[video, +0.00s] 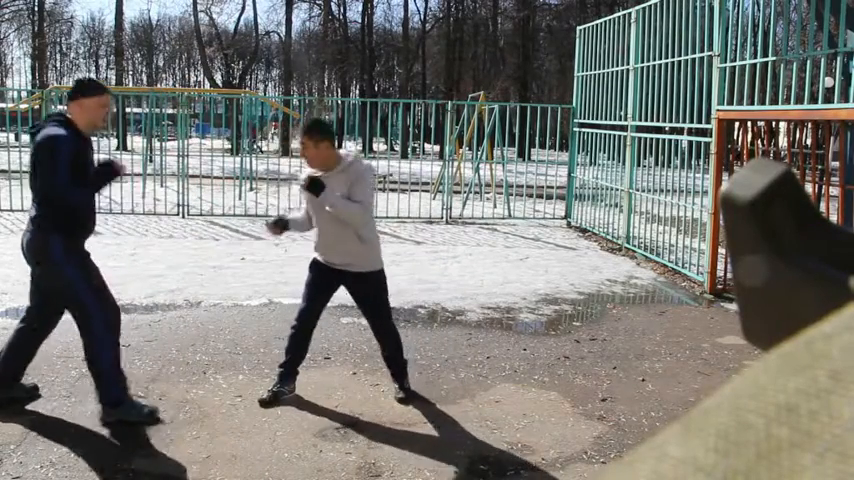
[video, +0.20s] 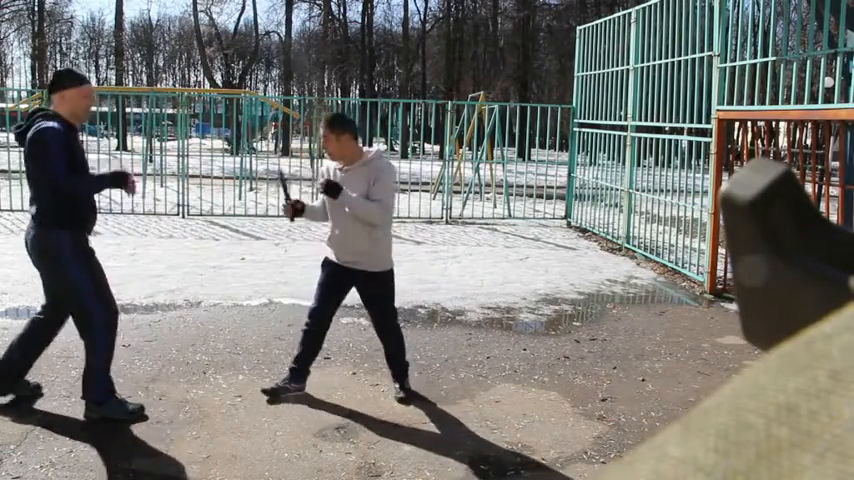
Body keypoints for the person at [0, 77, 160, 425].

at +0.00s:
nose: (105, 116)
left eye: (106, 109)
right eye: (100, 108)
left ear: (82, 108)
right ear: (77, 106)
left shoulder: (71, 137)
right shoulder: (57, 140)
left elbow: (73, 188)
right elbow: (66, 195)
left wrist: (105, 171)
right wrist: (107, 171)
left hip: (54, 246)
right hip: (58, 249)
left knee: (40, 319)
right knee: (102, 316)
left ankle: (6, 383)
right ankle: (116, 404)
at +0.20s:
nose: (92, 103)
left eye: (92, 96)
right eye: (86, 96)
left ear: (64, 99)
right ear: (62, 97)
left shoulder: (57, 131)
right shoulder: (50, 133)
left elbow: (63, 185)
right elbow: (64, 186)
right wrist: (114, 180)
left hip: (51, 239)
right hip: (60, 242)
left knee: (57, 310)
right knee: (102, 314)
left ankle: (7, 377)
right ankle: (100, 400)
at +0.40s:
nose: (88, 105)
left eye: (87, 98)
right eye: (82, 98)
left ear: (57, 103)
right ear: (57, 101)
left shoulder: (54, 134)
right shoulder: (45, 138)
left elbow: (58, 190)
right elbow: (61, 192)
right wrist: (104, 172)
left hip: (48, 242)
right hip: (59, 244)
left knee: (50, 313)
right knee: (111, 310)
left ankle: (9, 381)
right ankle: (108, 396)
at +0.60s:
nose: (91, 102)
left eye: (90, 95)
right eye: (85, 95)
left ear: (62, 99)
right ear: (61, 98)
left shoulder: (53, 130)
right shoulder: (56, 134)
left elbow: (65, 186)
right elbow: (70, 187)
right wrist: (113, 178)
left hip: (49, 239)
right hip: (68, 242)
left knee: (56, 308)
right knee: (109, 312)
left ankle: (8, 376)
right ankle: (118, 399)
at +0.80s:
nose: (111, 110)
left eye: (110, 103)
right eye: (107, 103)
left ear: (84, 101)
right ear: (88, 102)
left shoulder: (61, 126)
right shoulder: (75, 133)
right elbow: (103, 187)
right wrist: (155, 205)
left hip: (30, 233)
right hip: (50, 237)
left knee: (46, 305)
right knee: (94, 306)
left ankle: (7, 370)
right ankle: (103, 395)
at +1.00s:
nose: (103, 138)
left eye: (105, 131)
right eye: (98, 131)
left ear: (82, 130)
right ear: (75, 127)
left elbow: (105, 212)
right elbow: (98, 211)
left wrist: (143, 249)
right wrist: (151, 244)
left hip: (36, 253)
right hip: (28, 254)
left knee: (39, 312)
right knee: (90, 312)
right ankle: (98, 396)